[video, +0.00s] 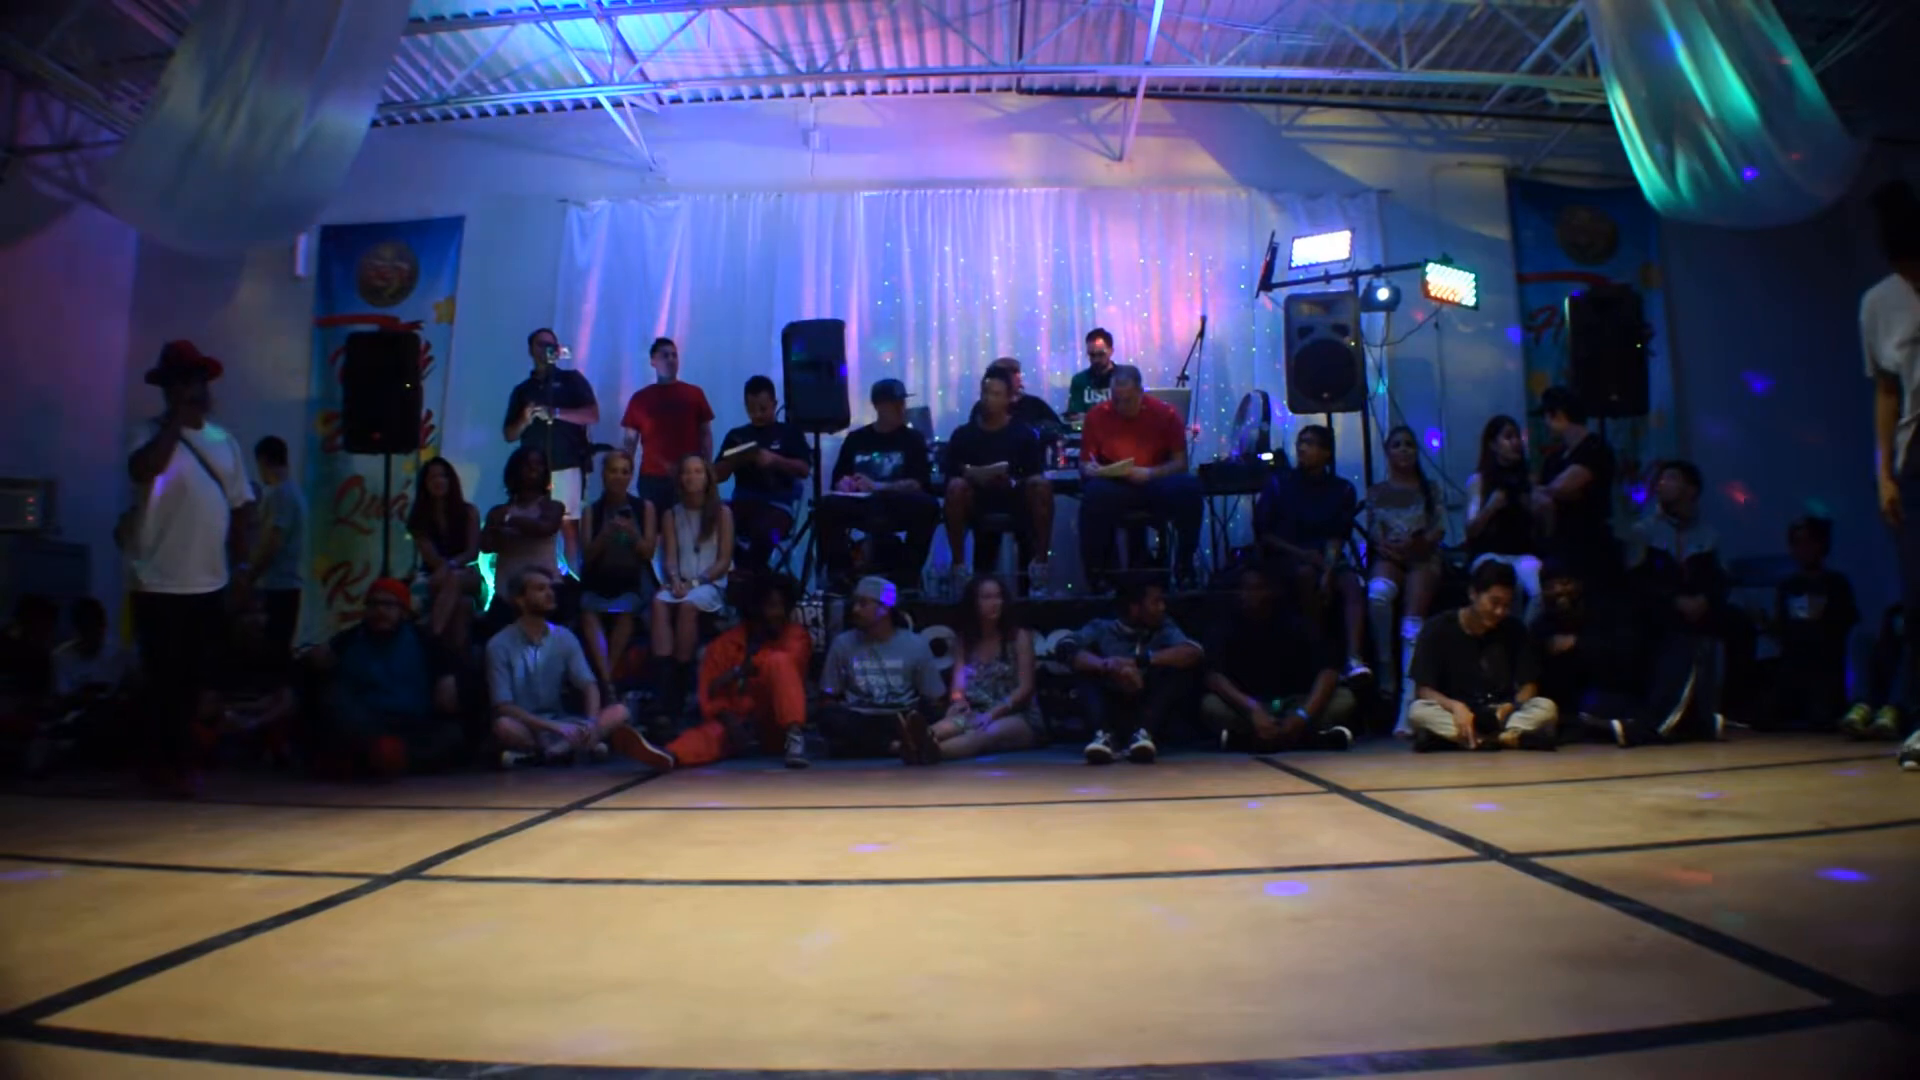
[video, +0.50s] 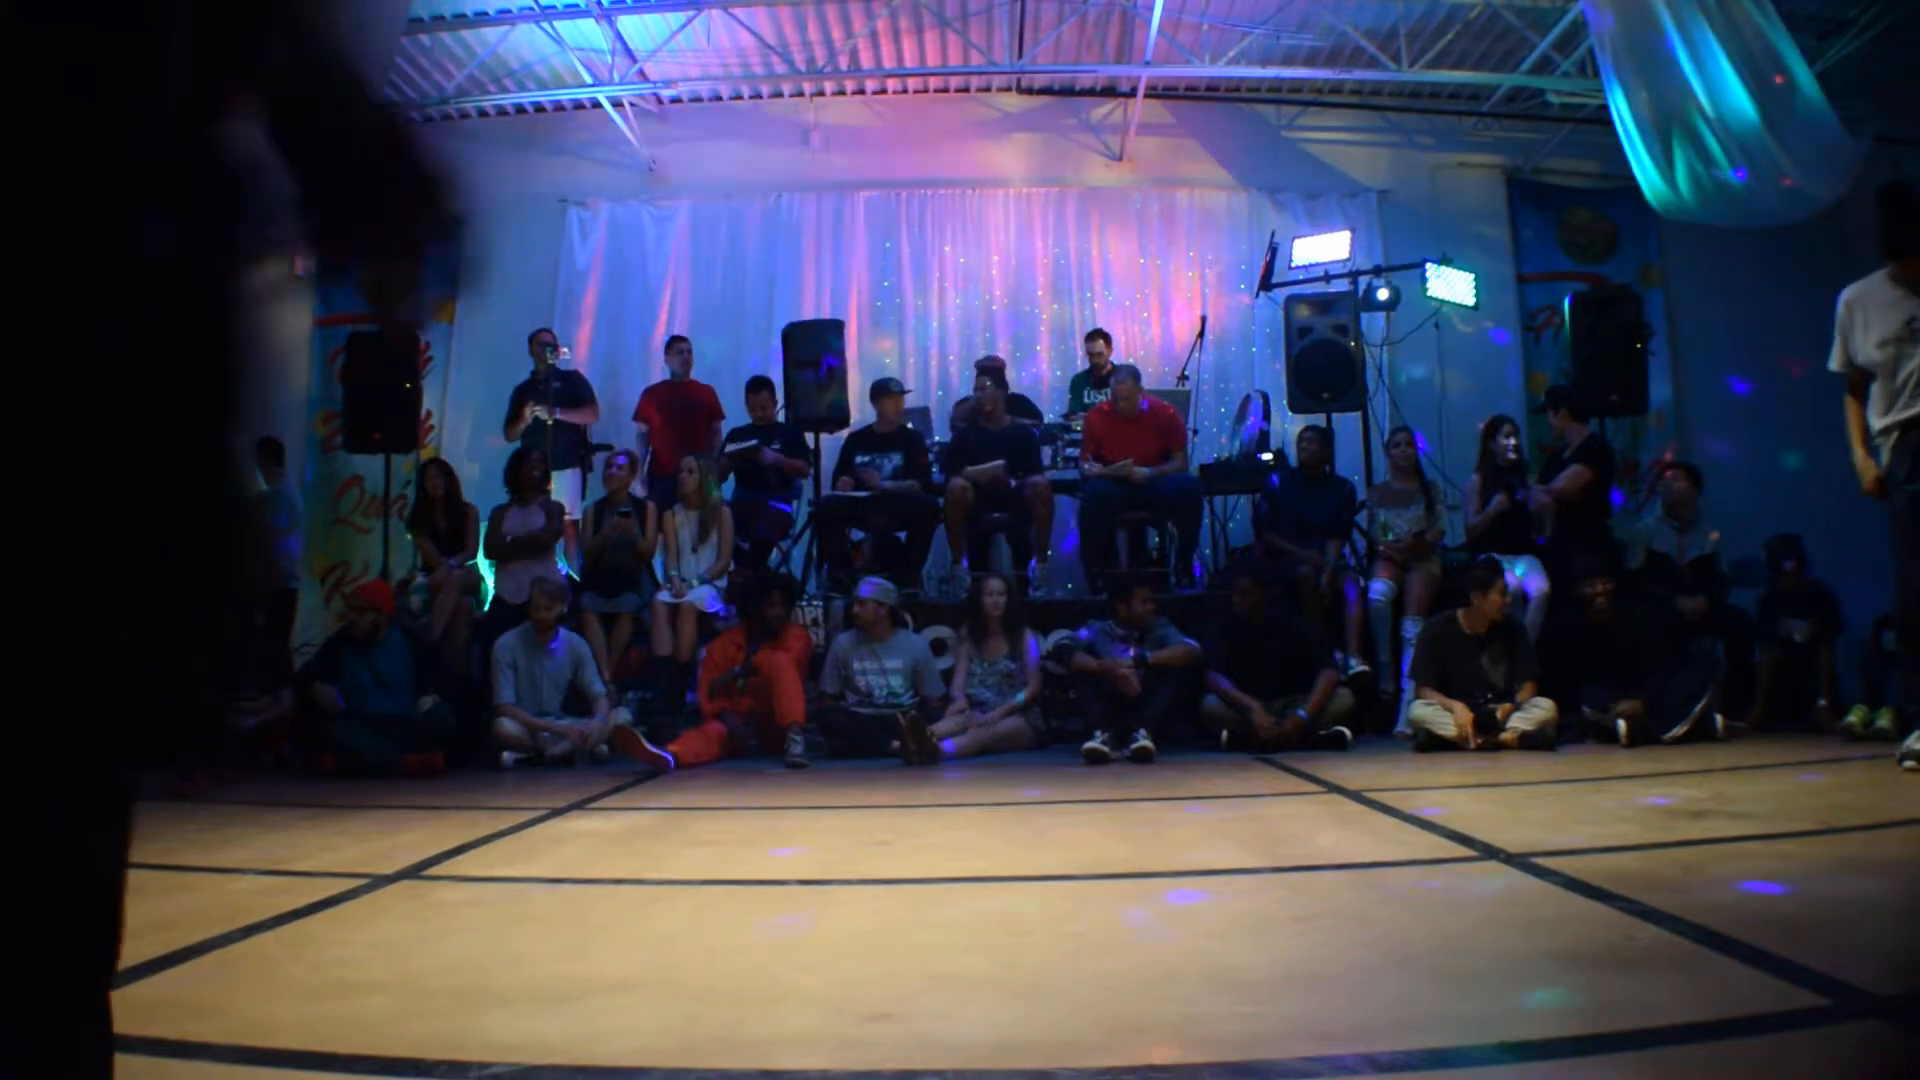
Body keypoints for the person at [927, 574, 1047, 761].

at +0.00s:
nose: (993, 603)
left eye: (997, 597)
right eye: (986, 597)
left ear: (1004, 601)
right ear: (974, 602)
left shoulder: (1019, 637)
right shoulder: (966, 640)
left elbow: (1026, 687)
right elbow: (957, 688)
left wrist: (990, 715)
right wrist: (960, 701)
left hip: (1010, 708)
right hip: (974, 708)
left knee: (991, 734)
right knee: (947, 726)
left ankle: (934, 752)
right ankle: (917, 741)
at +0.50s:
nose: (996, 600)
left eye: (1001, 595)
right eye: (989, 595)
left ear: (1008, 599)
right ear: (979, 599)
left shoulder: (1024, 636)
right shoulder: (969, 636)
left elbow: (1034, 687)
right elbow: (957, 686)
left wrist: (996, 714)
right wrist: (962, 703)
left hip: (1013, 710)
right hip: (977, 710)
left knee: (981, 736)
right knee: (958, 721)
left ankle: (935, 752)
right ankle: (922, 736)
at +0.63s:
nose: (994, 600)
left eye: (999, 595)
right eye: (988, 595)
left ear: (1008, 599)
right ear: (978, 599)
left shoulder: (1023, 636)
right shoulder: (969, 636)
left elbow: (1046, 682)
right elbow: (956, 687)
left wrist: (1020, 712)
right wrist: (964, 707)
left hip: (1014, 713)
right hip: (978, 712)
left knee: (988, 734)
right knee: (960, 718)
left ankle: (934, 751)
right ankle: (924, 736)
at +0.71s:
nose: (992, 601)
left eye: (998, 595)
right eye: (986, 595)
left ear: (1007, 599)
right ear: (977, 599)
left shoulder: (1023, 634)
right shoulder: (969, 634)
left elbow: (1050, 675)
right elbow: (956, 686)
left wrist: (1043, 712)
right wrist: (963, 704)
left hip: (1017, 709)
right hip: (979, 707)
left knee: (983, 735)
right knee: (962, 719)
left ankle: (936, 751)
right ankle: (923, 736)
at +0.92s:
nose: (990, 601)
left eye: (996, 595)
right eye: (984, 595)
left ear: (1005, 600)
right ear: (974, 600)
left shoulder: (1023, 635)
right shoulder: (966, 638)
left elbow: (1044, 677)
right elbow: (954, 689)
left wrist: (1052, 721)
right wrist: (968, 704)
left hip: (1018, 711)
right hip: (978, 708)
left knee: (984, 733)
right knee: (959, 718)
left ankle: (936, 752)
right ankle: (926, 735)